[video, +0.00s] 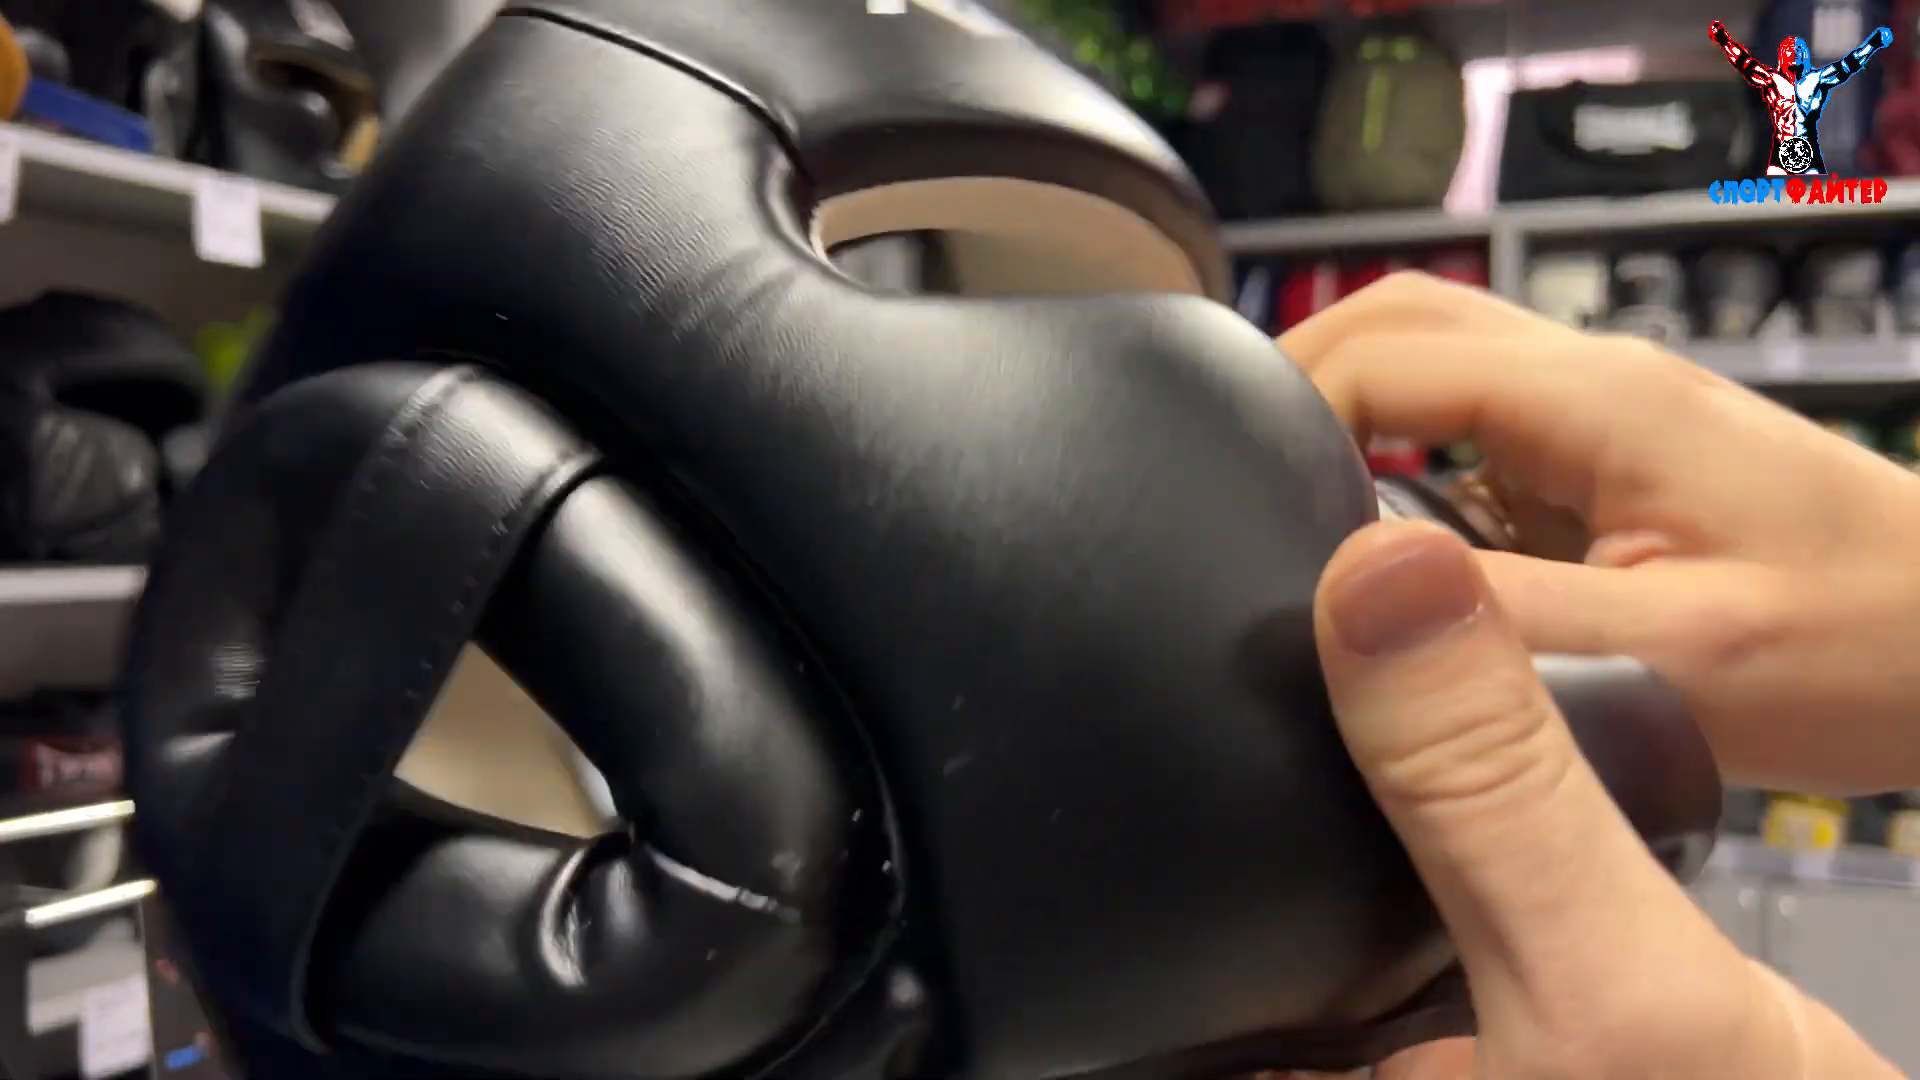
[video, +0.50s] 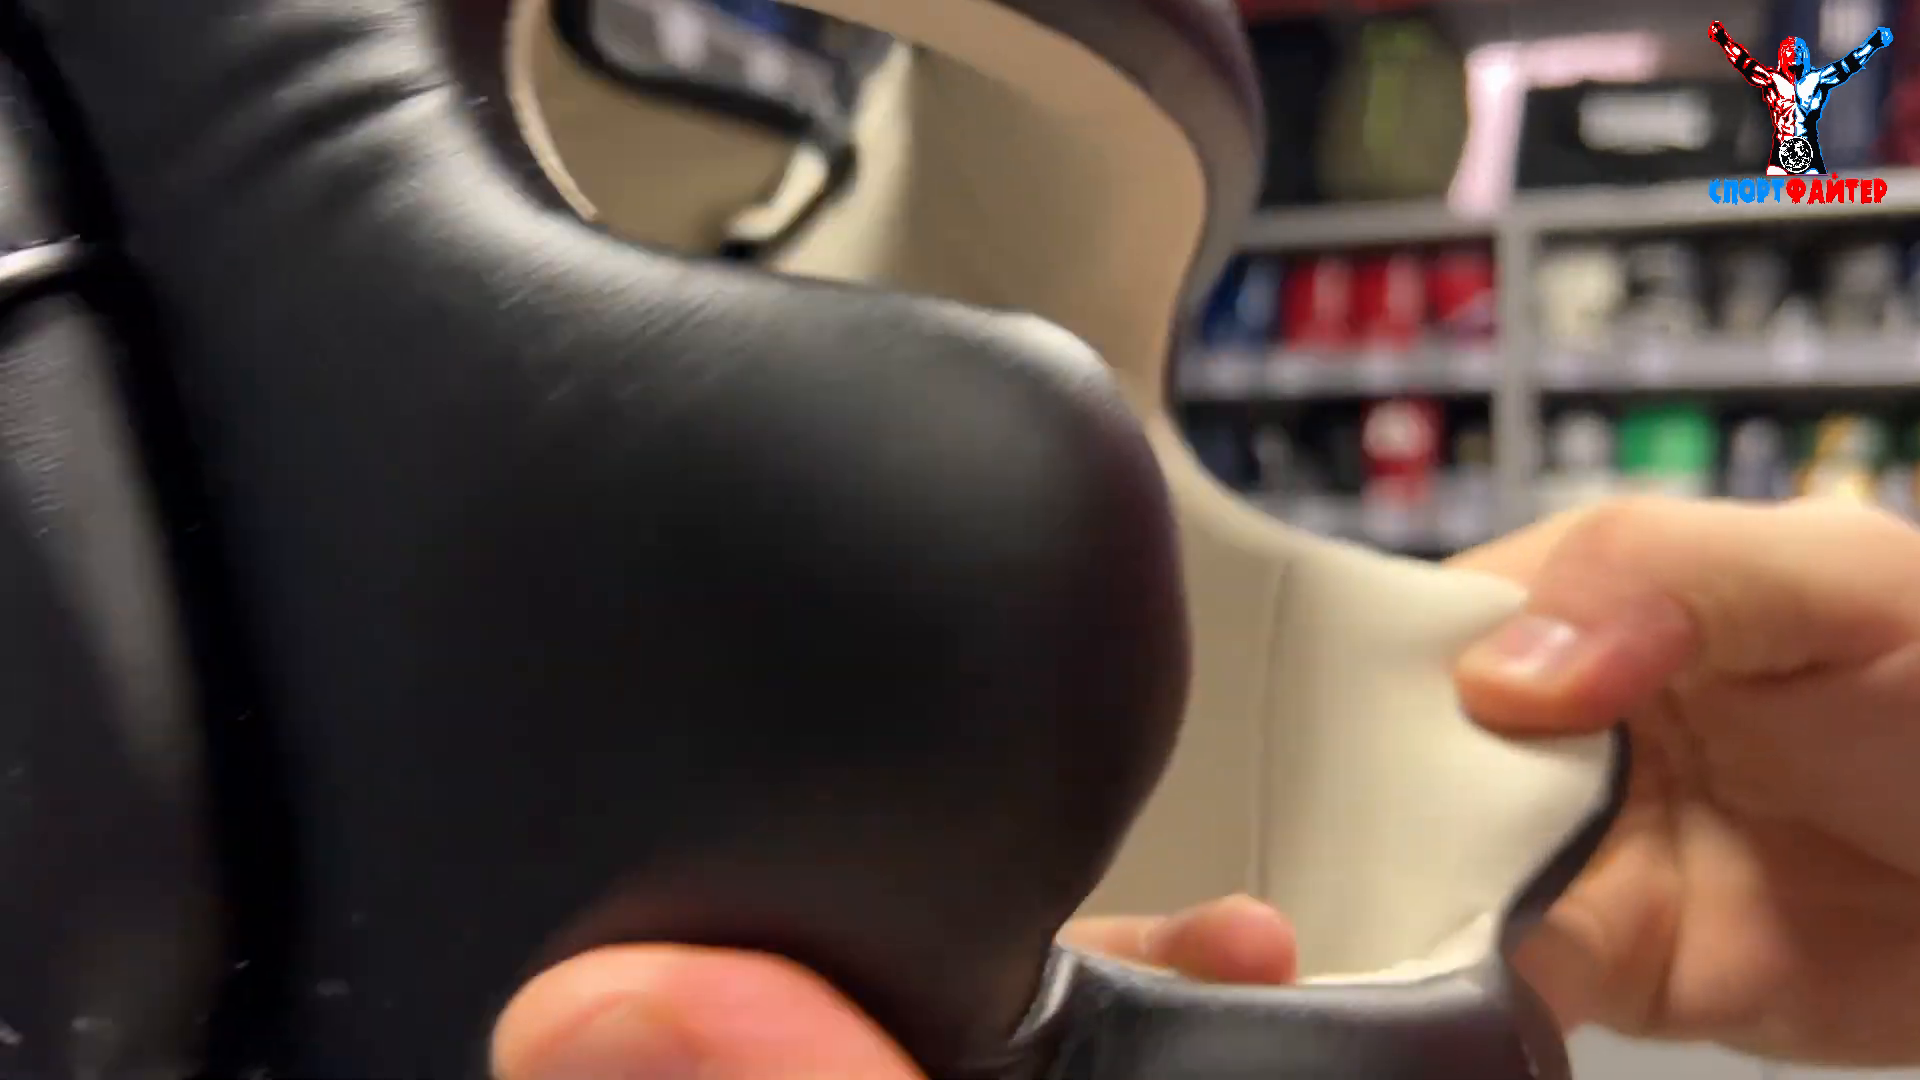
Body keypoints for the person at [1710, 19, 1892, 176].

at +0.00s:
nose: (1793, 59)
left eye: (1797, 53)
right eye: (1788, 54)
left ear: (1806, 56)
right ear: (1780, 57)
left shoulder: (1818, 79)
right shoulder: (1770, 80)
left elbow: (1848, 64)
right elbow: (1745, 63)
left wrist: (1874, 42)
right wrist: (1723, 39)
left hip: (1810, 153)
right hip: (1779, 153)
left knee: (1818, 203)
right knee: (1773, 203)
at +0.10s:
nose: (1791, 61)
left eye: (1795, 55)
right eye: (1787, 56)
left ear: (1805, 58)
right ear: (1780, 58)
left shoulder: (1818, 78)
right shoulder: (1771, 81)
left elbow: (1848, 64)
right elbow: (1746, 63)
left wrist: (1874, 42)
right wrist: (1724, 40)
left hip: (1810, 153)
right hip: (1779, 153)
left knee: (1818, 202)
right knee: (1772, 201)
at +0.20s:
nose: (1791, 60)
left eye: (1796, 55)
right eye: (1787, 55)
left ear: (1805, 57)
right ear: (1779, 58)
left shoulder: (1818, 78)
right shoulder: (1770, 80)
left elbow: (1848, 64)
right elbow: (1745, 63)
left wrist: (1873, 42)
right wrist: (1723, 39)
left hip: (1810, 153)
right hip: (1779, 153)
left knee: (1818, 202)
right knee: (1772, 202)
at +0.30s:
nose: (1793, 61)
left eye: (1797, 56)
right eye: (1788, 56)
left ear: (1806, 57)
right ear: (1780, 59)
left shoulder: (1818, 78)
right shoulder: (1770, 80)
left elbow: (1848, 64)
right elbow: (1745, 63)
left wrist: (1873, 43)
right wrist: (1723, 39)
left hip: (1810, 155)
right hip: (1779, 155)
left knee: (1820, 203)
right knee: (1773, 204)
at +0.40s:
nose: (1792, 60)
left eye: (1796, 55)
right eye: (1787, 55)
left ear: (1805, 57)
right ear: (1780, 58)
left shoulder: (1818, 78)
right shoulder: (1771, 79)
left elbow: (1848, 64)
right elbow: (1745, 63)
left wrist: (1873, 43)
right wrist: (1723, 39)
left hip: (1810, 153)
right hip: (1779, 153)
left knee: (1819, 202)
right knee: (1773, 202)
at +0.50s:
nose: (1792, 60)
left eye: (1796, 55)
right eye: (1787, 55)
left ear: (1805, 57)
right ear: (1780, 58)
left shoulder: (1818, 78)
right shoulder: (1771, 79)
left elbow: (1848, 64)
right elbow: (1745, 63)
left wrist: (1873, 43)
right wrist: (1723, 39)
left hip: (1810, 152)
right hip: (1780, 152)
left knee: (1818, 201)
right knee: (1773, 201)